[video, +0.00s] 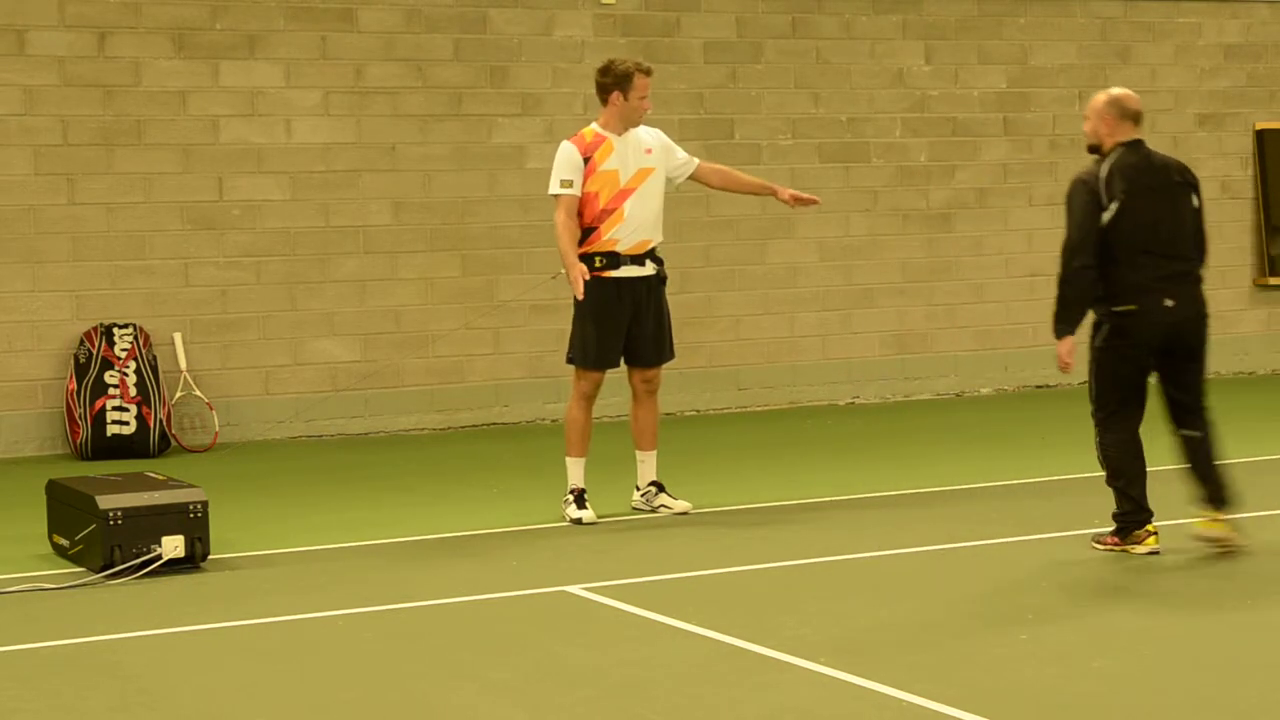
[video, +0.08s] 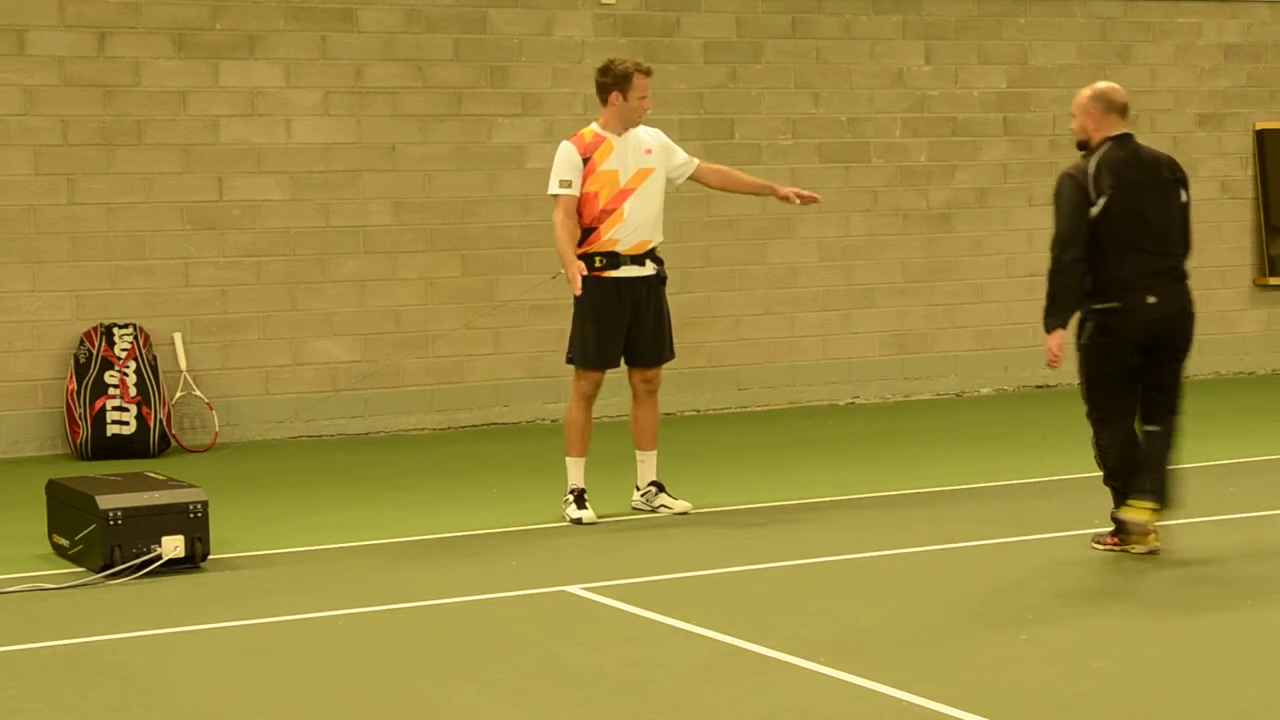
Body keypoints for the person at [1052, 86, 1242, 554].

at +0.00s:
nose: (1084, 128)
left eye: (1090, 119)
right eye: (1086, 119)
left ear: (1110, 123)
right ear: (1131, 123)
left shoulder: (1093, 182)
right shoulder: (1180, 173)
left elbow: (1080, 260)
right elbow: (1196, 250)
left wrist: (1065, 328)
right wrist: (1173, 289)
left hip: (1125, 320)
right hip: (1185, 313)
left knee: (1116, 420)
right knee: (1190, 412)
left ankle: (1134, 526)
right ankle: (1218, 507)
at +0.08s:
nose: (1072, 125)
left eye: (1075, 116)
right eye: (1074, 116)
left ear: (1094, 118)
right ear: (1120, 116)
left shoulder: (1080, 177)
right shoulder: (1168, 168)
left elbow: (1070, 254)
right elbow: (1181, 243)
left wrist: (1056, 322)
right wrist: (1149, 279)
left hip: (1112, 315)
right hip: (1172, 309)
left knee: (1111, 415)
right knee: (1160, 410)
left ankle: (1130, 524)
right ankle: (1145, 502)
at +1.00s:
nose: (882, 136)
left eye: (883, 127)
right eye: (883, 126)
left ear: (894, 128)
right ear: (928, 125)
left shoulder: (883, 190)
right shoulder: (977, 182)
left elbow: (862, 271)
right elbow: (998, 256)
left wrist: (843, 344)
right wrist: (1009, 321)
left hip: (900, 337)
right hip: (966, 335)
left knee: (875, 447)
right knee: (996, 437)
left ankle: (871, 561)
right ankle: (1046, 537)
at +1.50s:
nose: (838, 133)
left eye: (838, 124)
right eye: (838, 124)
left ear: (849, 121)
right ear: (886, 116)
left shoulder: (850, 184)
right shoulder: (939, 167)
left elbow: (832, 267)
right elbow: (953, 246)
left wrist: (803, 339)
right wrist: (931, 301)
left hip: (886, 329)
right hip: (947, 321)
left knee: (877, 449)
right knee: (946, 437)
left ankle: (872, 564)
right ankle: (970, 550)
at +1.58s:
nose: (844, 130)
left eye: (844, 121)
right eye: (845, 121)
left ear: (855, 119)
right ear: (892, 115)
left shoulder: (854, 182)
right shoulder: (943, 167)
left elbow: (841, 268)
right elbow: (959, 247)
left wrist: (818, 339)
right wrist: (938, 297)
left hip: (886, 327)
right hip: (947, 319)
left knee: (876, 446)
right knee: (950, 436)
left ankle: (872, 563)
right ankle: (971, 550)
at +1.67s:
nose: (848, 127)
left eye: (849, 119)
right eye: (850, 118)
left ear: (859, 118)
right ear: (897, 115)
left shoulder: (858, 180)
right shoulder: (947, 169)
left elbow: (850, 264)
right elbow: (962, 253)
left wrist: (837, 337)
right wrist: (955, 312)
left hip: (888, 328)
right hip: (947, 321)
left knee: (871, 446)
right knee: (951, 438)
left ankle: (872, 563)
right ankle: (972, 551)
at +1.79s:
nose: (848, 129)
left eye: (848, 121)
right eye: (850, 120)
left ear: (858, 120)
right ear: (896, 117)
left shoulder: (856, 180)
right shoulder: (944, 172)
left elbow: (849, 263)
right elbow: (964, 253)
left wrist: (835, 334)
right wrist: (971, 320)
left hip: (885, 331)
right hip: (942, 326)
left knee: (854, 440)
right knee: (947, 440)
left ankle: (866, 556)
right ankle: (971, 551)